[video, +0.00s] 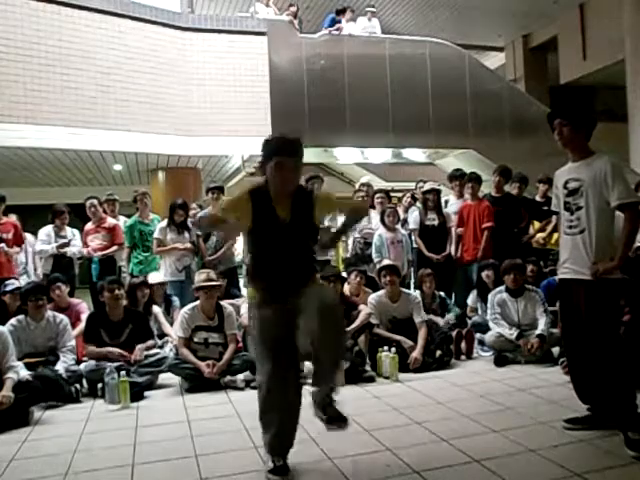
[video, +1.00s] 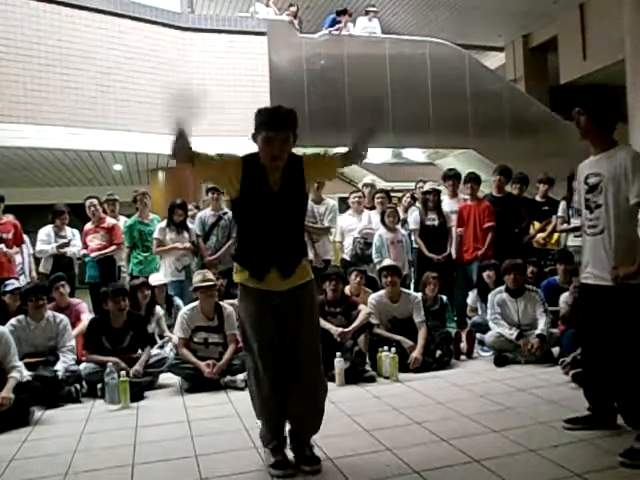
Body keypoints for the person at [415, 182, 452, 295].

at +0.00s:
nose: (432, 198)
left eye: (435, 195)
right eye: (429, 194)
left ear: (438, 197)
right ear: (424, 197)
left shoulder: (445, 214)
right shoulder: (418, 214)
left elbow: (449, 234)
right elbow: (416, 236)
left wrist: (447, 251)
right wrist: (428, 254)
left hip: (443, 257)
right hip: (425, 257)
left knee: (444, 290)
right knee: (425, 289)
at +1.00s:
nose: (432, 198)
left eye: (435, 194)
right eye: (428, 194)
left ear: (438, 197)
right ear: (424, 196)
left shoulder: (444, 214)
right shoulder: (418, 214)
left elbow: (449, 233)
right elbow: (416, 236)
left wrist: (447, 251)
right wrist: (428, 254)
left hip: (443, 257)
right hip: (425, 257)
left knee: (444, 288)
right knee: (424, 288)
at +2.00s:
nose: (436, 200)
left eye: (439, 197)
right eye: (433, 197)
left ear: (443, 199)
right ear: (429, 199)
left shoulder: (449, 217)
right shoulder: (423, 216)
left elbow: (454, 236)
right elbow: (420, 238)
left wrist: (453, 253)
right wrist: (433, 256)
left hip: (448, 259)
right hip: (430, 259)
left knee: (448, 292)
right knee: (429, 291)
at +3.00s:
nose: (437, 200)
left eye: (440, 197)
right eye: (434, 196)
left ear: (443, 199)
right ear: (429, 199)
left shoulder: (449, 216)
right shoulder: (423, 216)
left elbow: (454, 236)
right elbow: (421, 238)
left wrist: (452, 253)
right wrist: (433, 256)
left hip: (447, 258)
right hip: (429, 258)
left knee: (448, 291)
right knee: (429, 290)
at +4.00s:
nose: (437, 201)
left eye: (439, 198)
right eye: (434, 198)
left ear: (443, 200)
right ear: (429, 199)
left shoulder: (448, 217)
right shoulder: (423, 217)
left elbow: (453, 236)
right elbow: (420, 238)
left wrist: (450, 254)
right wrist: (432, 256)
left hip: (446, 260)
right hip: (429, 260)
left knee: (447, 291)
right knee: (428, 290)